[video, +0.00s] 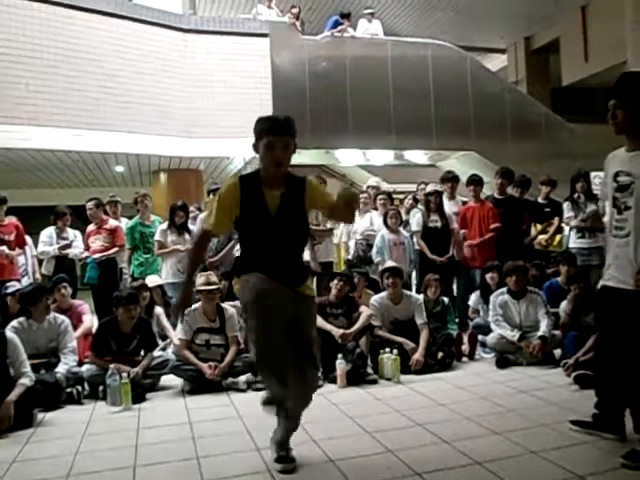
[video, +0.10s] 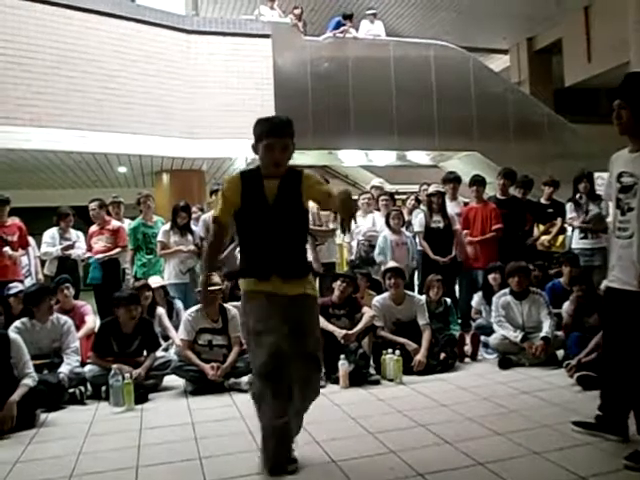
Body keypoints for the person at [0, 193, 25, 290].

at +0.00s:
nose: (1, 209)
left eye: (2, 206)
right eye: (1, 207)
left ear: (5, 206)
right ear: (3, 207)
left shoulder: (14, 225)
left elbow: (21, 246)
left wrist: (13, 253)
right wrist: (5, 252)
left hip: (10, 274)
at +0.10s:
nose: (3, 212)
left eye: (4, 208)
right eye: (1, 208)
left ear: (9, 208)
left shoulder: (17, 225)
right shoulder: (2, 227)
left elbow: (25, 247)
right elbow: (3, 246)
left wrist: (17, 254)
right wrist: (8, 253)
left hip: (14, 276)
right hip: (3, 276)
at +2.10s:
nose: (2, 211)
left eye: (4, 208)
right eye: (1, 208)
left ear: (8, 208)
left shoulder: (17, 225)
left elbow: (24, 247)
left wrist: (16, 254)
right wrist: (8, 253)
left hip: (14, 276)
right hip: (3, 276)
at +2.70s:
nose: (3, 217)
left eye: (4, 214)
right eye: (1, 214)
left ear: (7, 211)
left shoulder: (17, 226)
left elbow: (23, 248)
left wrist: (15, 256)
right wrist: (7, 254)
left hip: (14, 276)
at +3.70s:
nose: (2, 212)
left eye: (4, 208)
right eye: (1, 209)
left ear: (8, 210)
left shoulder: (17, 227)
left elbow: (25, 248)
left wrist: (15, 255)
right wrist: (9, 254)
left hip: (14, 275)